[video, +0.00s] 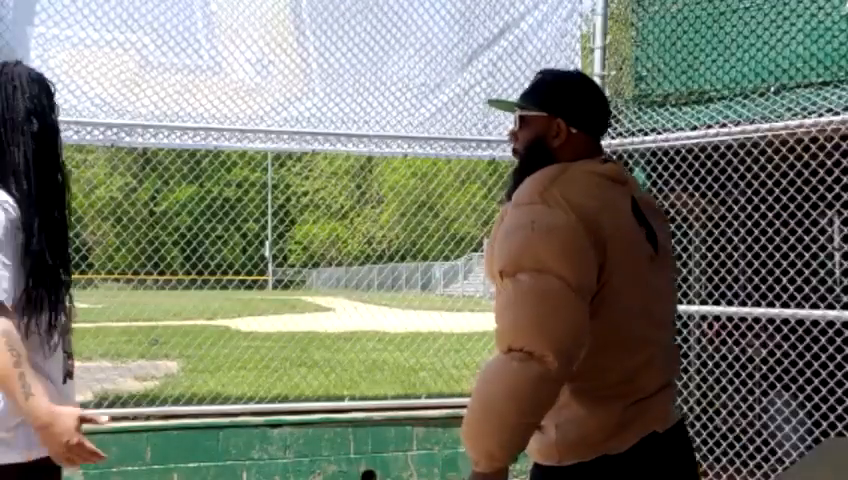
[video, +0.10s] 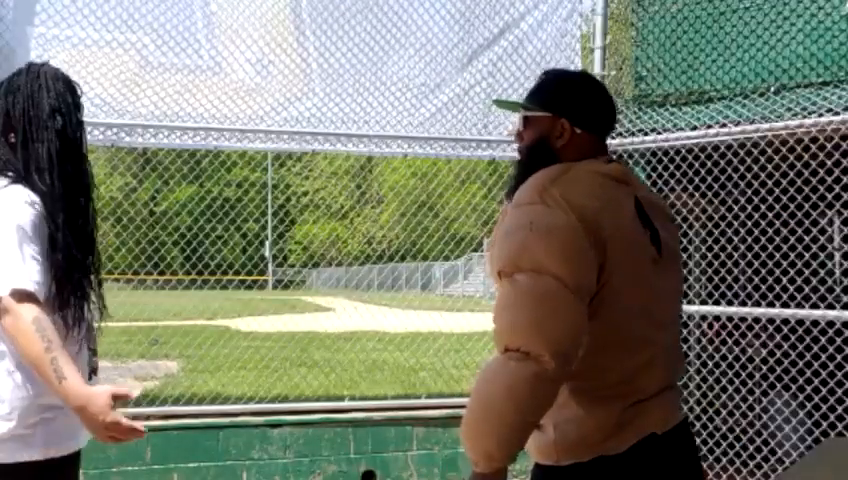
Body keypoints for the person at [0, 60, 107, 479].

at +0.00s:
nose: (55, 133)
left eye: (49, 117)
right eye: (47, 118)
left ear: (9, 127)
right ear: (28, 127)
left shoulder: (28, 208)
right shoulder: (8, 211)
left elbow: (14, 320)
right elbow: (1, 320)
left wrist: (51, 411)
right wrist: (42, 415)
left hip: (30, 448)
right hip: (16, 450)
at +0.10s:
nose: (76, 139)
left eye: (75, 124)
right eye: (72, 125)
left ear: (13, 127)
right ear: (53, 129)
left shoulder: (31, 201)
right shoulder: (18, 203)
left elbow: (21, 309)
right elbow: (18, 311)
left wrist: (80, 396)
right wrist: (81, 397)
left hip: (43, 441)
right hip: (26, 444)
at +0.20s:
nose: (93, 143)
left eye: (92, 130)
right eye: (85, 129)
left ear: (30, 131)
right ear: (50, 133)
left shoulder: (30, 196)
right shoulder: (34, 198)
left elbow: (42, 298)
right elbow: (42, 298)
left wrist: (105, 383)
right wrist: (105, 384)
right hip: (37, 444)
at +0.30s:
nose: (112, 143)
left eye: (110, 129)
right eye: (105, 129)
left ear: (49, 134)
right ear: (67, 135)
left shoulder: (58, 198)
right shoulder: (48, 199)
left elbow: (63, 298)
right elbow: (62, 294)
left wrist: (125, 377)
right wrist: (120, 382)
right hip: (46, 442)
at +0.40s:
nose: (130, 147)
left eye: (126, 133)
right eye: (121, 133)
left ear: (65, 135)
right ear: (83, 136)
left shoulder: (50, 196)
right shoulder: (61, 199)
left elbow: (75, 296)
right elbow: (71, 294)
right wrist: (125, 383)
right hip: (66, 434)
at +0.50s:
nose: (139, 150)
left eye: (137, 136)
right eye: (132, 136)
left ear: (80, 138)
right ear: (93, 138)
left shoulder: (79, 201)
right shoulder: (75, 203)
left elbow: (79, 304)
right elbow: (73, 302)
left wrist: (118, 398)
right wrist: (115, 396)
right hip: (77, 429)